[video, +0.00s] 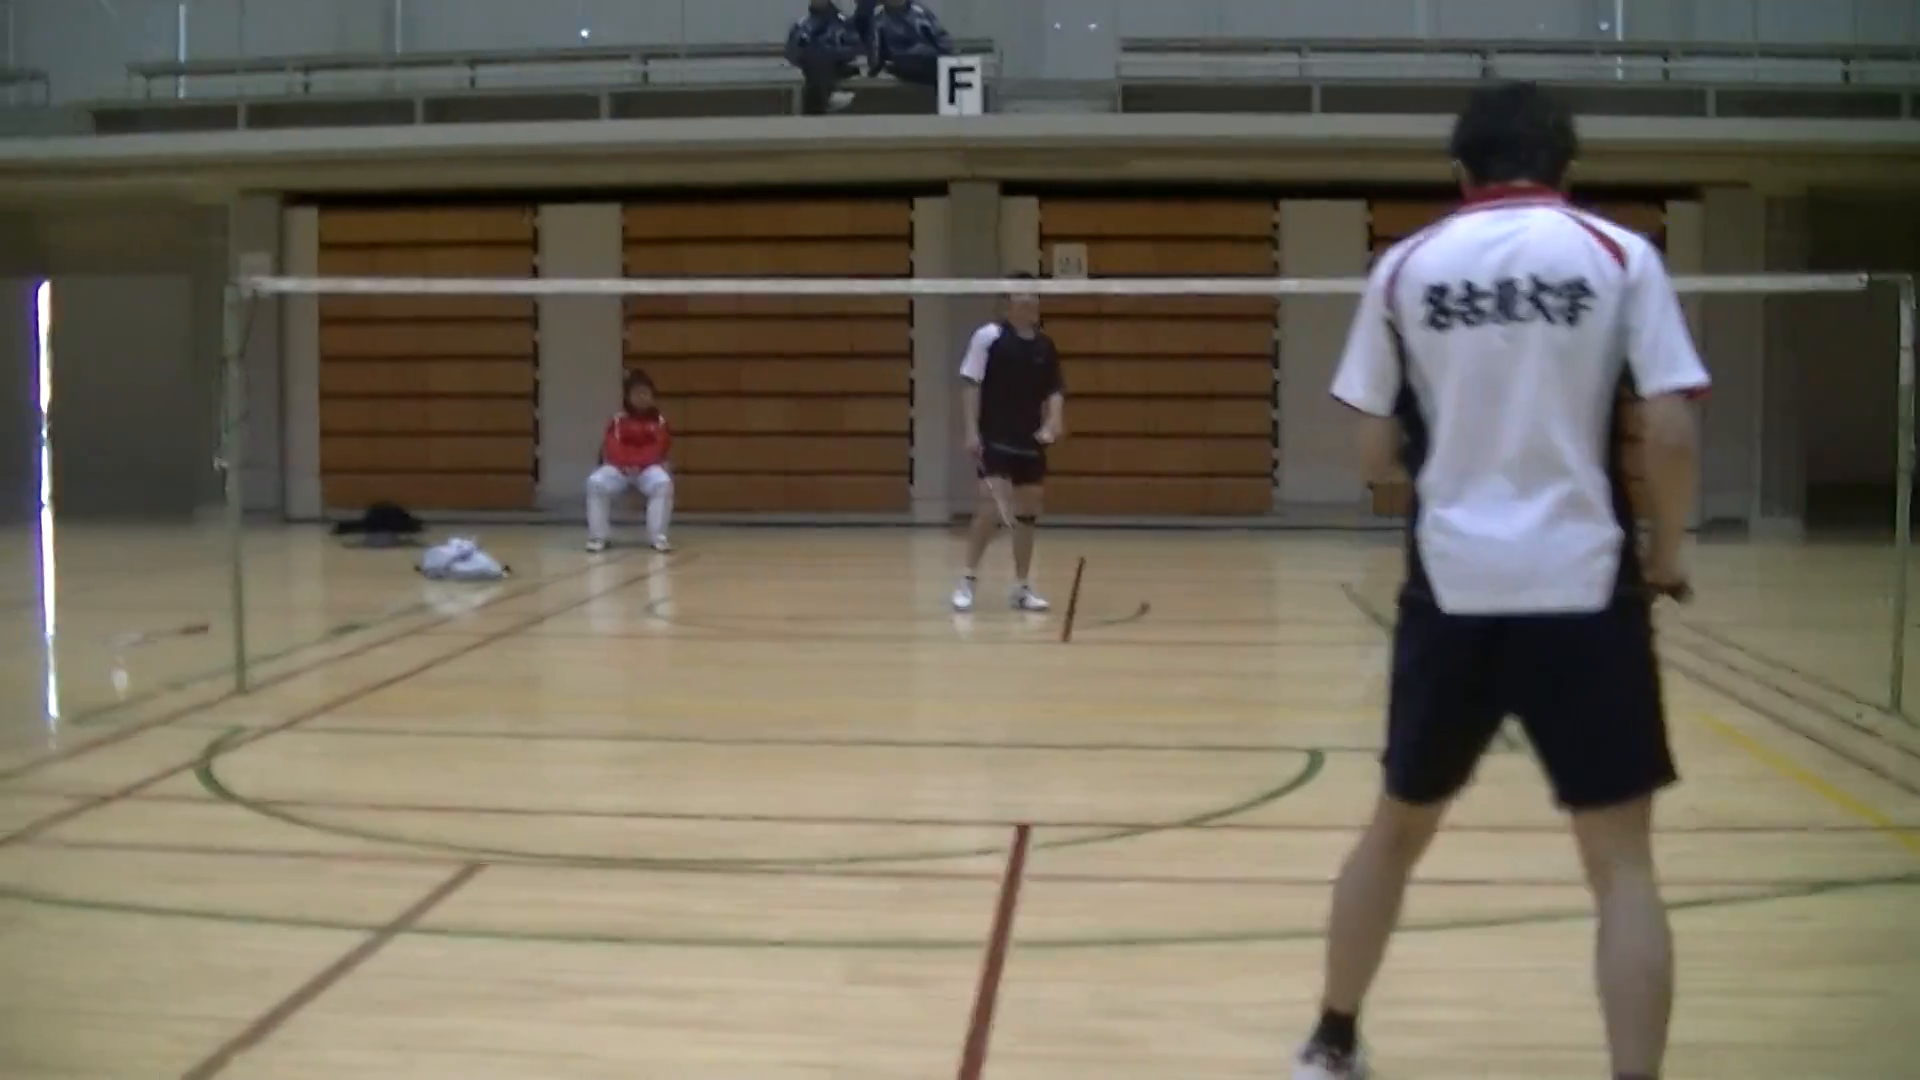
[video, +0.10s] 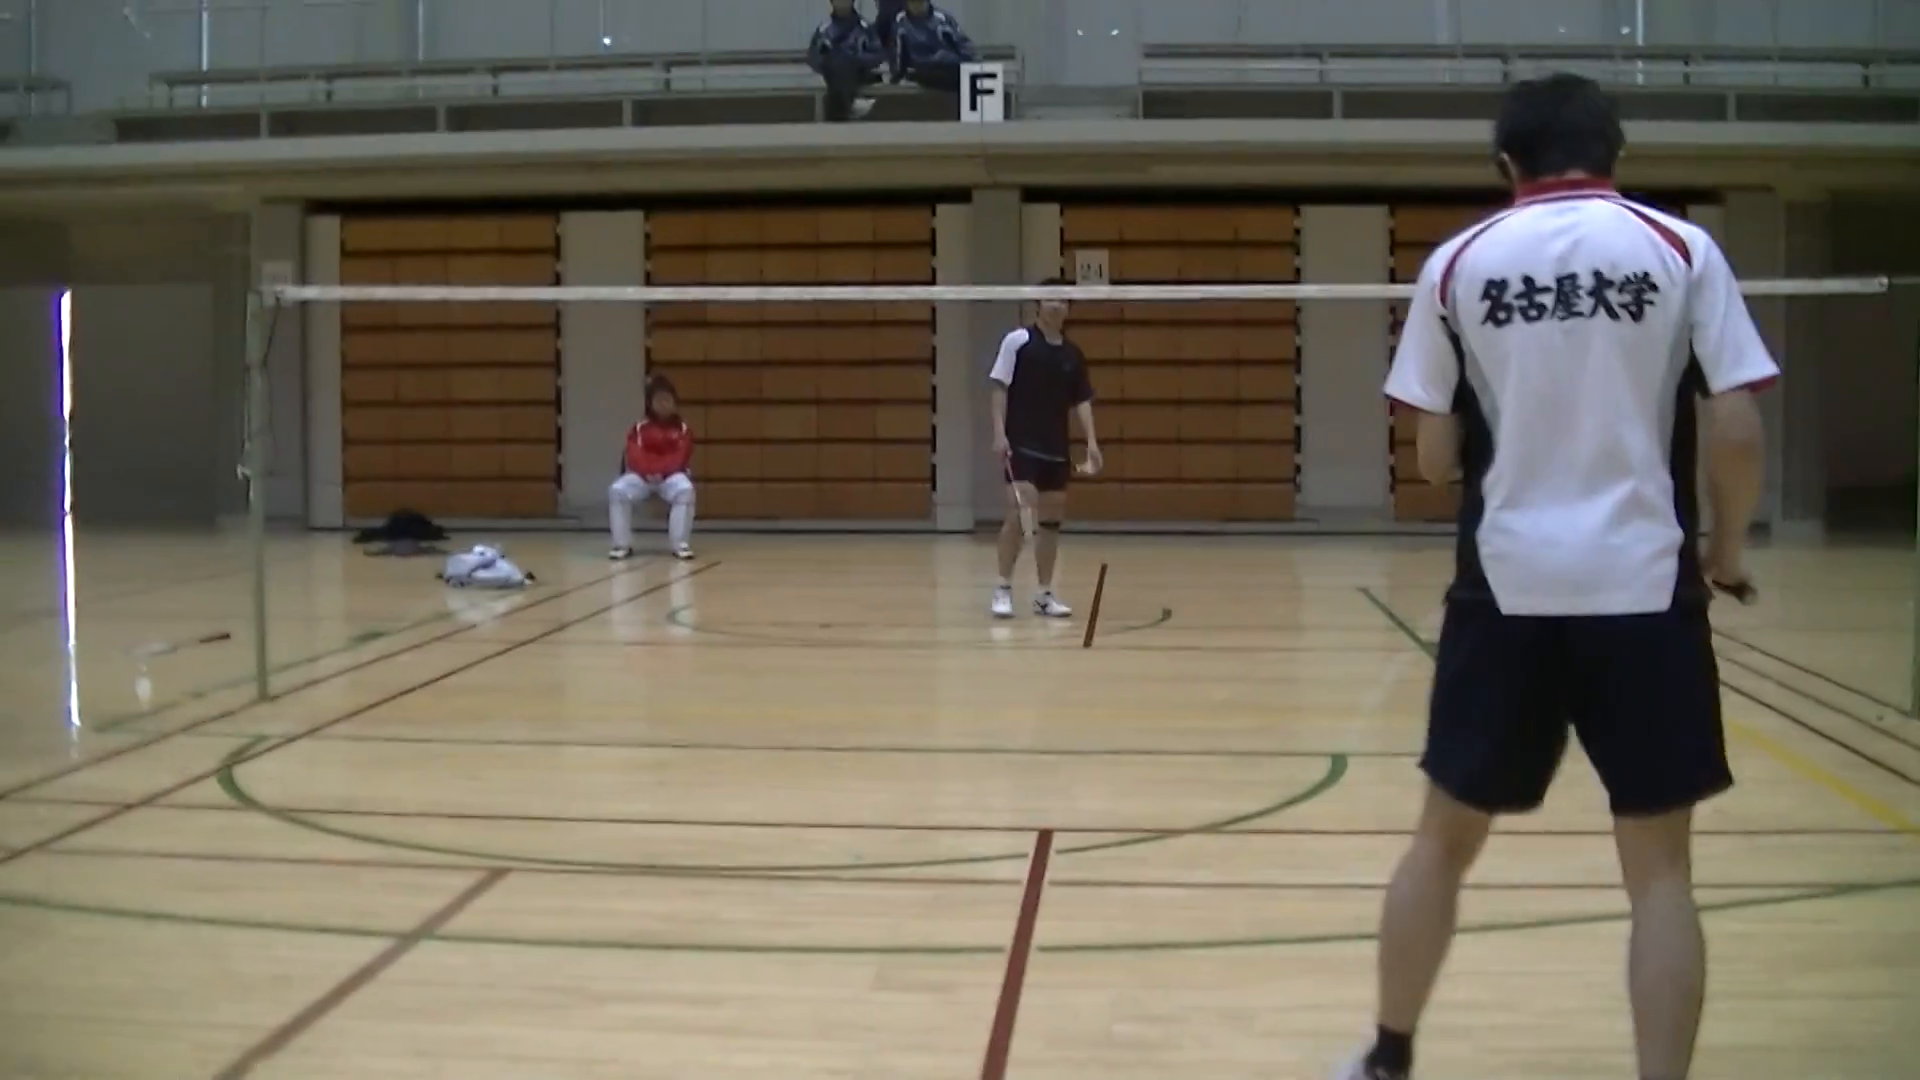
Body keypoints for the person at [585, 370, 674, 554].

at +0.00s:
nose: (641, 398)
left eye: (645, 393)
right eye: (636, 393)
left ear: (652, 396)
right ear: (628, 397)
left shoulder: (658, 421)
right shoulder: (619, 421)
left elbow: (660, 449)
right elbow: (612, 448)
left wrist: (639, 463)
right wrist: (624, 463)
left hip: (647, 466)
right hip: (620, 465)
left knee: (662, 484)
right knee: (596, 482)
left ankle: (658, 536)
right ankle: (598, 537)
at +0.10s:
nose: (664, 404)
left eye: (667, 399)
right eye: (659, 400)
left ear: (674, 402)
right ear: (650, 403)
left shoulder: (681, 428)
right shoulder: (639, 429)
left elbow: (681, 457)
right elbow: (634, 457)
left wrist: (663, 472)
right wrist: (647, 471)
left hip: (670, 474)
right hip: (642, 474)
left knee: (685, 491)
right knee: (618, 491)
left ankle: (680, 543)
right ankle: (621, 545)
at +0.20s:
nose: (669, 429)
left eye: (672, 424)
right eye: (663, 425)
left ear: (679, 427)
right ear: (654, 429)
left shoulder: (688, 454)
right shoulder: (644, 453)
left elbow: (685, 484)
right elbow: (639, 483)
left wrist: (666, 496)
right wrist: (653, 495)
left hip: (675, 499)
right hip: (647, 499)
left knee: (690, 514)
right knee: (622, 515)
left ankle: (685, 567)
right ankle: (626, 569)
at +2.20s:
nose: (659, 450)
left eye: (662, 445)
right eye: (653, 445)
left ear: (668, 447)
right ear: (644, 449)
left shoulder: (677, 474)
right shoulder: (634, 473)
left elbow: (676, 503)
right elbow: (629, 500)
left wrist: (657, 517)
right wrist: (644, 516)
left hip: (665, 520)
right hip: (636, 520)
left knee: (680, 536)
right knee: (611, 535)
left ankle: (674, 588)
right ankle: (616, 589)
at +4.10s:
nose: (664, 449)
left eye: (669, 444)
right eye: (659, 445)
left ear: (676, 447)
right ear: (651, 449)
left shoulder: (683, 475)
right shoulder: (640, 473)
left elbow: (680, 505)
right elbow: (635, 500)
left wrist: (660, 516)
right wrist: (652, 515)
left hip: (671, 519)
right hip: (643, 519)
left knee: (687, 534)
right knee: (618, 535)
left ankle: (682, 587)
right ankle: (622, 589)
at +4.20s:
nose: (697, 449)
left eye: (702, 444)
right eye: (692, 444)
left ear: (708, 447)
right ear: (683, 449)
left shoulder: (716, 475)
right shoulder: (673, 473)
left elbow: (713, 506)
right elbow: (668, 503)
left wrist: (691, 515)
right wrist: (684, 517)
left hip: (704, 520)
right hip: (676, 520)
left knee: (718, 534)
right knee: (651, 534)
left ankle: (714, 587)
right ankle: (654, 589)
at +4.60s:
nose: (674, 448)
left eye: (678, 443)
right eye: (668, 443)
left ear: (684, 445)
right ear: (659, 448)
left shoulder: (691, 473)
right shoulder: (648, 471)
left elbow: (689, 502)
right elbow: (643, 498)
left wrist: (671, 516)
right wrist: (661, 513)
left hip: (680, 518)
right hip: (651, 518)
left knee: (695, 534)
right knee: (627, 533)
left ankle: (688, 585)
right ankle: (631, 588)